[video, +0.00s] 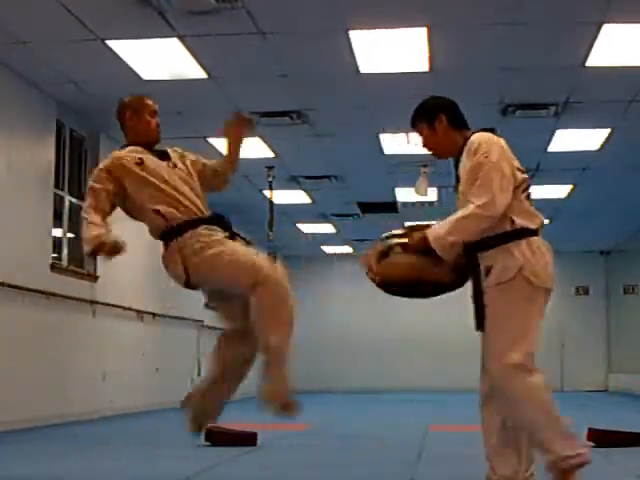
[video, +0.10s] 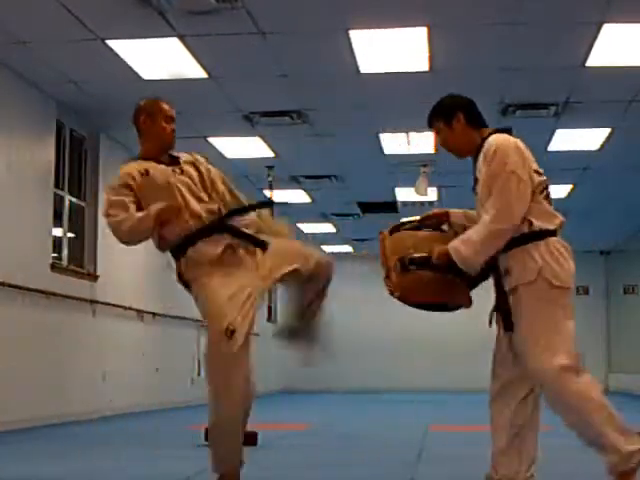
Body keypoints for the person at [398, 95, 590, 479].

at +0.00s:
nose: (426, 147)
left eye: (425, 137)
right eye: (422, 140)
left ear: (442, 123)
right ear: (444, 125)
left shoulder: (485, 146)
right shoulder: (470, 160)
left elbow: (488, 209)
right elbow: (480, 221)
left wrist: (434, 235)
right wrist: (433, 239)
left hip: (517, 263)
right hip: (499, 269)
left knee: (507, 368)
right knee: (496, 376)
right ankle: (509, 472)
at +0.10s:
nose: (441, 146)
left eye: (440, 135)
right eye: (437, 138)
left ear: (459, 121)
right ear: (460, 123)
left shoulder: (502, 148)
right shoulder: (488, 158)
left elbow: (503, 218)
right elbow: (498, 220)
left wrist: (451, 255)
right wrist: (451, 218)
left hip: (539, 263)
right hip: (516, 270)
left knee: (549, 365)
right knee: (511, 381)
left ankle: (628, 457)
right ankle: (510, 473)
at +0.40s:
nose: (524, 135)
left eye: (525, 124)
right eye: (521, 126)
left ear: (545, 114)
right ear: (546, 115)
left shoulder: (589, 153)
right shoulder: (571, 156)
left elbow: (572, 231)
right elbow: (563, 214)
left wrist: (512, 257)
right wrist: (516, 206)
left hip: (602, 278)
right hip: (574, 279)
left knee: (627, 384)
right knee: (555, 383)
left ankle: (638, 462)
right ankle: (526, 473)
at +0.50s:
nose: (549, 126)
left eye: (549, 116)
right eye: (546, 119)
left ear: (570, 107)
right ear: (572, 110)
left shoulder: (615, 149)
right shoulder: (591, 154)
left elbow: (601, 225)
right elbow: (585, 213)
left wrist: (541, 253)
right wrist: (540, 208)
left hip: (619, 280)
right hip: (588, 280)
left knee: (629, 384)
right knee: (569, 378)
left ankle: (638, 461)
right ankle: (561, 471)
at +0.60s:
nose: (563, 118)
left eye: (564, 108)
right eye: (560, 110)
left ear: (587, 101)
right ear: (589, 103)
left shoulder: (629, 142)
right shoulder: (604, 149)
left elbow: (622, 220)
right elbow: (600, 209)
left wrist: (561, 250)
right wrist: (561, 211)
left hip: (626, 289)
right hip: (600, 290)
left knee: (630, 392)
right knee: (586, 389)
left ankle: (635, 468)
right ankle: (607, 472)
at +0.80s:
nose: (582, 110)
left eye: (585, 100)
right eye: (581, 102)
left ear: (608, 97)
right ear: (608, 98)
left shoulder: (636, 144)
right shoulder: (617, 146)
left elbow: (639, 217)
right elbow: (618, 209)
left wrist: (595, 250)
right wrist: (579, 221)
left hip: (637, 279)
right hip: (625, 278)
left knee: (633, 361)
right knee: (627, 358)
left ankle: (636, 431)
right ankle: (632, 429)